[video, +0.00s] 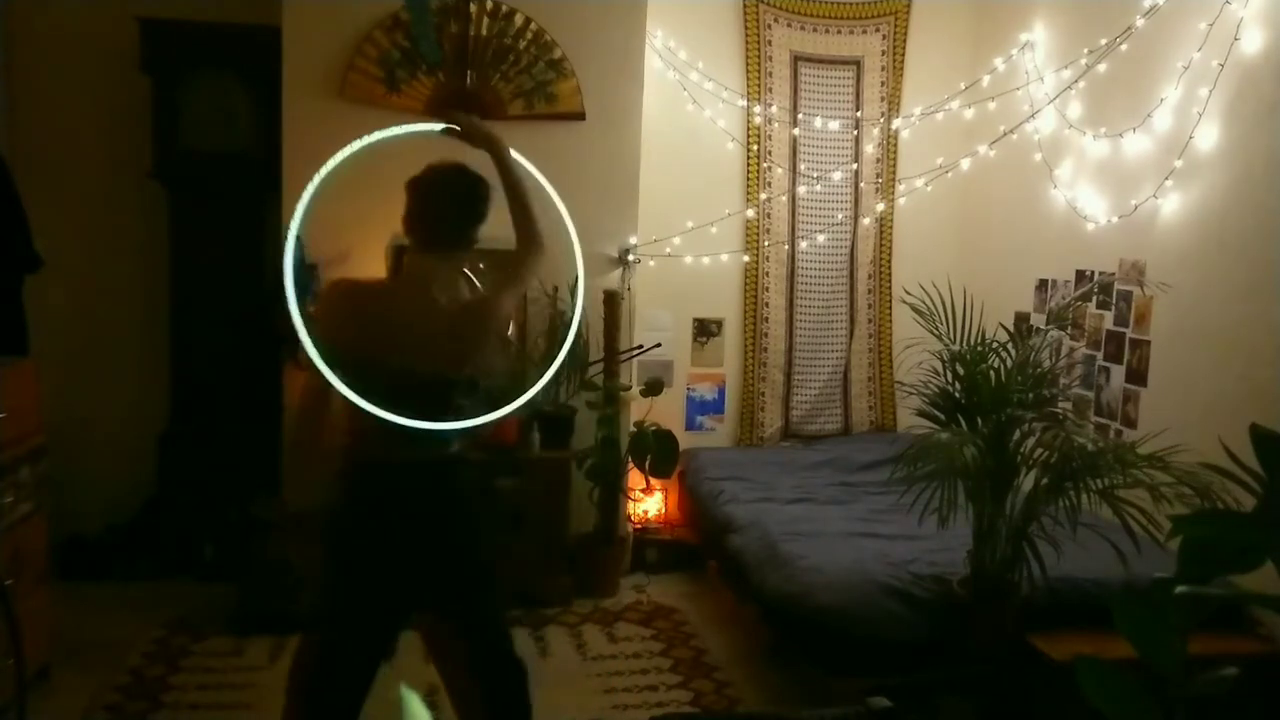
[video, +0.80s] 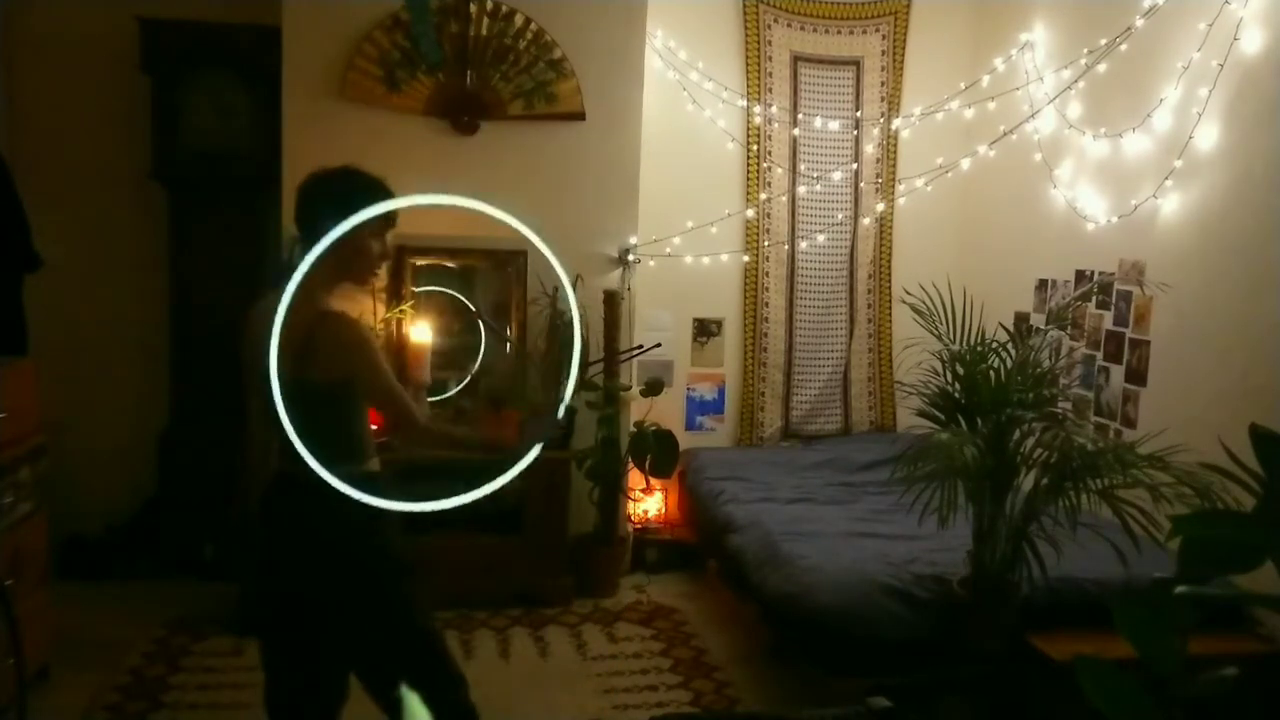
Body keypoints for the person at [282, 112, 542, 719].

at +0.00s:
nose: (407, 220)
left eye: (411, 208)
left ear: (412, 219)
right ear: (474, 233)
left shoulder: (347, 304)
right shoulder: (481, 311)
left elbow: (307, 424)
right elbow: (531, 245)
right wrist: (498, 148)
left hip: (367, 520)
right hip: (453, 523)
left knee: (328, 685)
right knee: (491, 685)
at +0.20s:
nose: (442, 241)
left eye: (443, 226)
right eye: (437, 226)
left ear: (366, 221)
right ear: (411, 227)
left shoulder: (314, 302)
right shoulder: (409, 318)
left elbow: (286, 422)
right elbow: (508, 277)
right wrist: (504, 170)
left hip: (312, 527)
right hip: (383, 535)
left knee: (305, 703)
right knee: (471, 704)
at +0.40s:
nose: (404, 246)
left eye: (403, 229)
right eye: (396, 229)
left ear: (329, 225)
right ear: (359, 229)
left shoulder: (288, 306)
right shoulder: (345, 321)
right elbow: (481, 317)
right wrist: (528, 224)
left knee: (298, 699)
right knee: (443, 693)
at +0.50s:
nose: (393, 247)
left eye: (393, 231)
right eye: (384, 230)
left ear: (334, 231)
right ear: (340, 230)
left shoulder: (280, 308)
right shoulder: (343, 324)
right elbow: (464, 354)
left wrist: (452, 326)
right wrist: (533, 271)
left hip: (287, 525)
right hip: (341, 534)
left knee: (295, 700)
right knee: (441, 697)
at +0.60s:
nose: (384, 250)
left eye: (385, 234)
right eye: (374, 231)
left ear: (319, 233)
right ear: (327, 230)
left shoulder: (269, 320)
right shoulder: (347, 331)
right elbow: (432, 371)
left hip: (278, 546)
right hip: (343, 550)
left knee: (299, 703)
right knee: (442, 699)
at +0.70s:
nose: (382, 251)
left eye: (382, 235)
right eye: (371, 233)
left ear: (321, 236)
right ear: (327, 234)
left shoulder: (270, 325)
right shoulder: (339, 333)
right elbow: (419, 397)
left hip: (284, 551)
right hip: (343, 554)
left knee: (299, 704)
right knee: (442, 698)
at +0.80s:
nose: (382, 251)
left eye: (383, 236)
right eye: (374, 234)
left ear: (317, 234)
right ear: (337, 235)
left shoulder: (268, 321)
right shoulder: (341, 332)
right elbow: (413, 420)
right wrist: (492, 439)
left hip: (283, 543)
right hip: (345, 547)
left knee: (300, 704)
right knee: (444, 699)